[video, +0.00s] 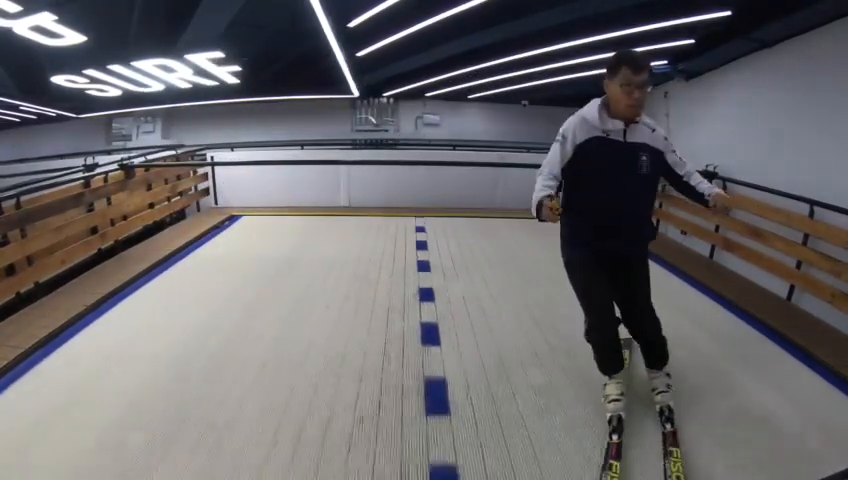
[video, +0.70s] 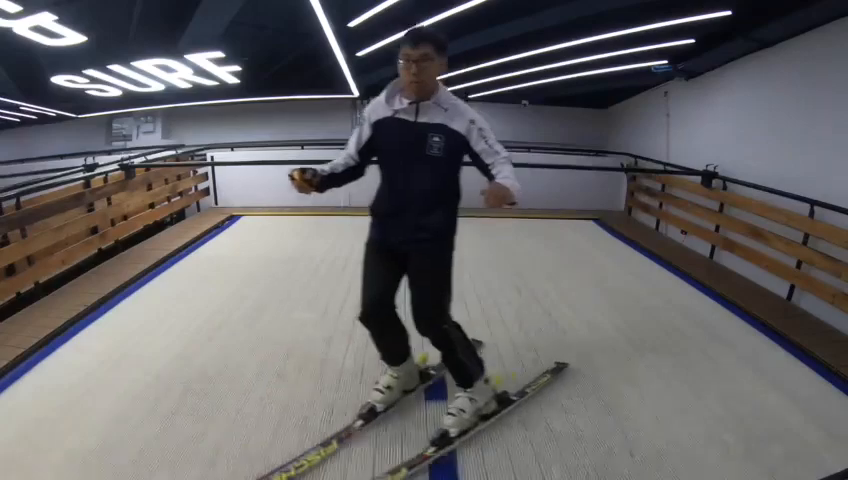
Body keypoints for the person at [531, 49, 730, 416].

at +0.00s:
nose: (637, 96)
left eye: (643, 88)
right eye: (629, 88)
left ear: (648, 89)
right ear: (607, 85)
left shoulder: (653, 136)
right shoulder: (578, 127)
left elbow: (680, 173)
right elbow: (548, 174)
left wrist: (710, 193)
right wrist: (543, 201)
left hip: (630, 241)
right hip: (583, 241)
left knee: (639, 311)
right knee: (599, 317)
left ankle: (658, 371)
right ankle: (612, 377)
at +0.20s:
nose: (601, 90)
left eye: (609, 82)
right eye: (592, 82)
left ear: (618, 86)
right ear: (575, 83)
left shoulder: (629, 134)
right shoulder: (547, 125)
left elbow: (662, 172)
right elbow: (518, 172)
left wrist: (684, 195)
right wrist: (499, 196)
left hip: (603, 246)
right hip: (553, 245)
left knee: (608, 325)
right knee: (561, 330)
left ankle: (636, 379)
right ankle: (585, 384)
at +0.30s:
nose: (574, 85)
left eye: (582, 77)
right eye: (565, 77)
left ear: (594, 80)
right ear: (551, 79)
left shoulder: (608, 131)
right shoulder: (523, 122)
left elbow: (643, 172)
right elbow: (495, 171)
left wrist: (663, 197)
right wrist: (473, 194)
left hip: (579, 247)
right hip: (527, 245)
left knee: (583, 329)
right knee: (530, 331)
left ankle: (617, 386)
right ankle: (559, 388)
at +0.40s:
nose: (540, 83)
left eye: (549, 74)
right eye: (532, 74)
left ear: (562, 76)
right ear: (519, 76)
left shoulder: (579, 129)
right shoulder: (494, 121)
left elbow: (615, 171)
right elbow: (467, 171)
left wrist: (633, 197)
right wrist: (440, 191)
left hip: (549, 247)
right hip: (499, 245)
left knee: (551, 332)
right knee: (496, 329)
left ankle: (591, 389)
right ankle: (528, 388)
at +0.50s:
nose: (501, 78)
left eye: (510, 70)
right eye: (493, 70)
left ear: (525, 72)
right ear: (482, 73)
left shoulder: (544, 127)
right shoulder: (459, 119)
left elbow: (583, 172)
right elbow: (434, 171)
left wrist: (595, 196)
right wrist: (403, 189)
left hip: (513, 246)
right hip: (464, 242)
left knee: (513, 330)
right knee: (457, 324)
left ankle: (556, 392)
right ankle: (490, 385)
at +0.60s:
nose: (457, 74)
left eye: (467, 66)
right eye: (450, 66)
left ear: (484, 70)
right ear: (441, 70)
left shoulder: (504, 123)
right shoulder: (421, 116)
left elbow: (544, 169)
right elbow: (397, 166)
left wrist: (550, 193)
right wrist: (364, 185)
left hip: (474, 239)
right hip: (426, 234)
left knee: (470, 325)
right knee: (416, 319)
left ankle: (515, 393)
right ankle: (447, 378)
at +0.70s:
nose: (412, 70)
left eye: (422, 62)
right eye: (405, 62)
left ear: (441, 66)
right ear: (398, 66)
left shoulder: (458, 117)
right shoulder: (379, 112)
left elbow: (498, 161)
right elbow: (353, 162)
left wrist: (503, 186)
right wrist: (319, 180)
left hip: (433, 233)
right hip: (386, 229)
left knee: (431, 319)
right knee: (374, 311)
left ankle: (474, 387)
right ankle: (403, 370)